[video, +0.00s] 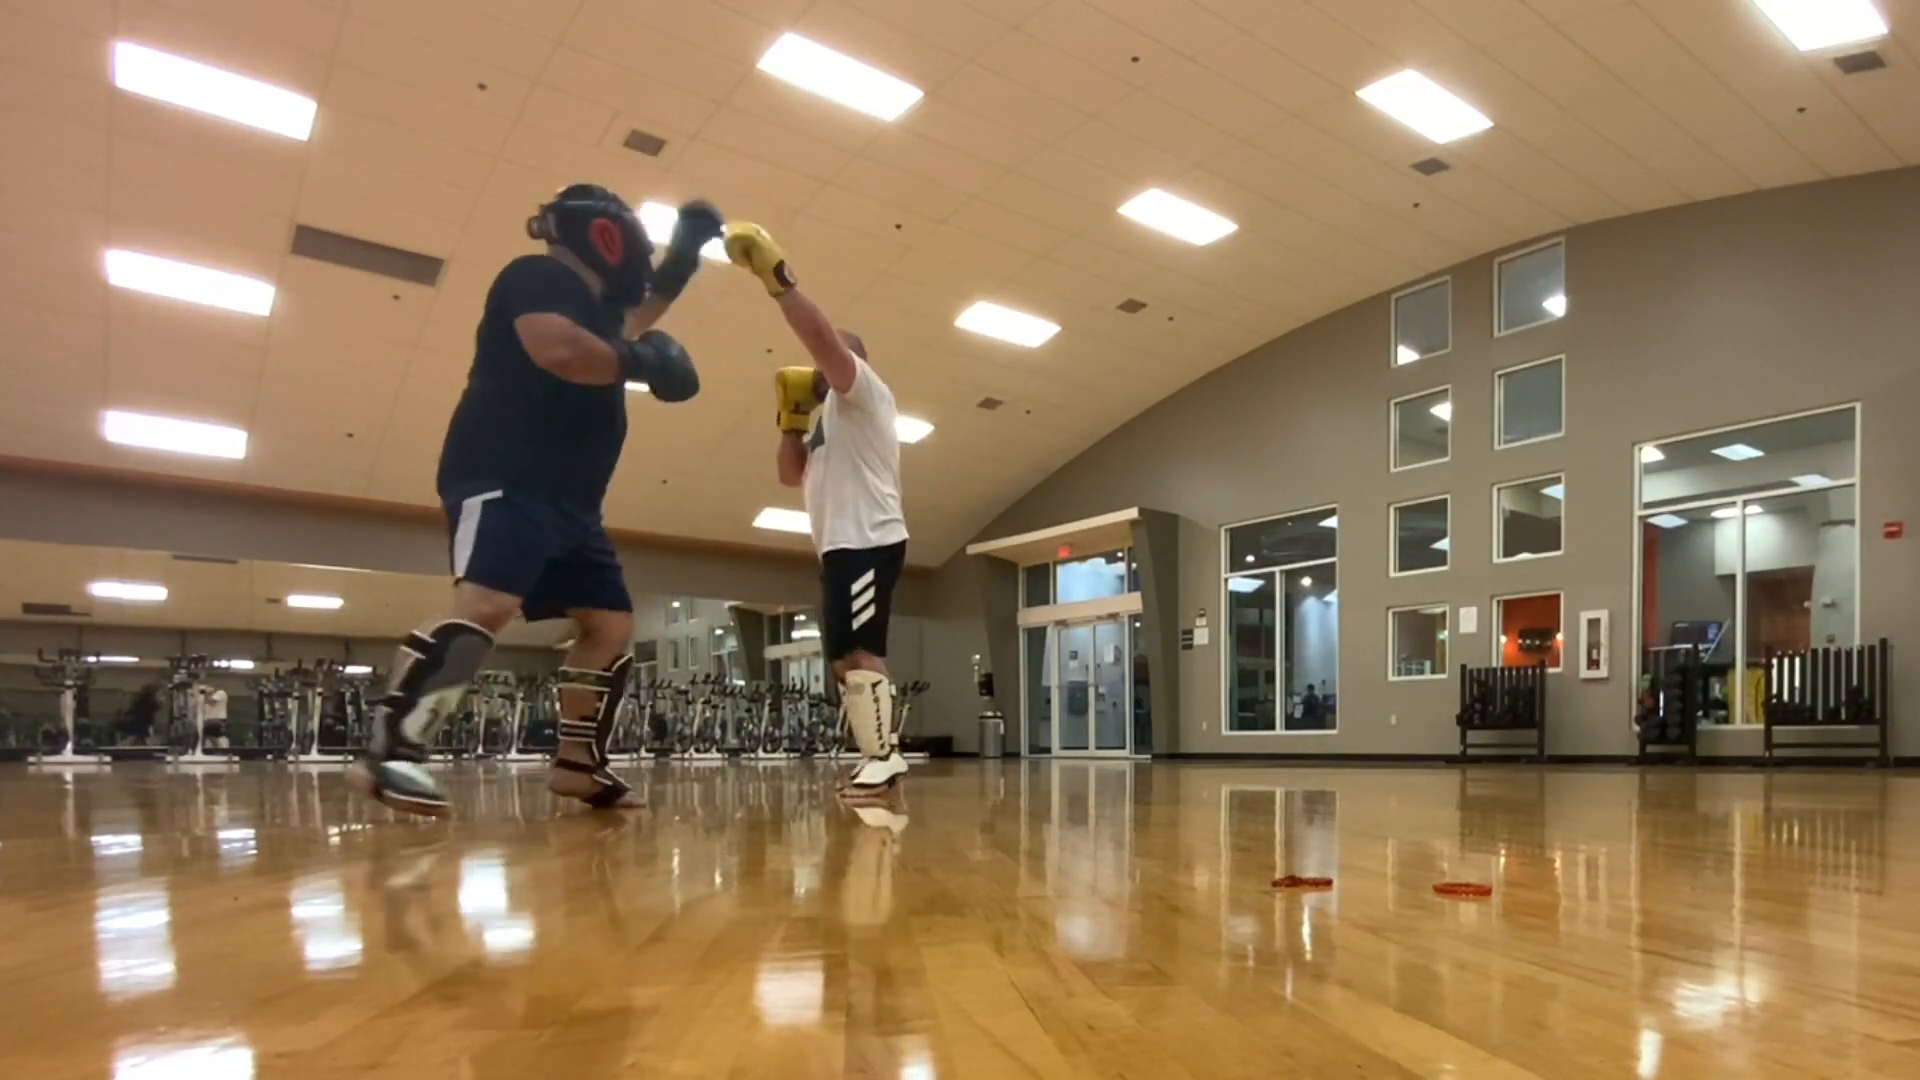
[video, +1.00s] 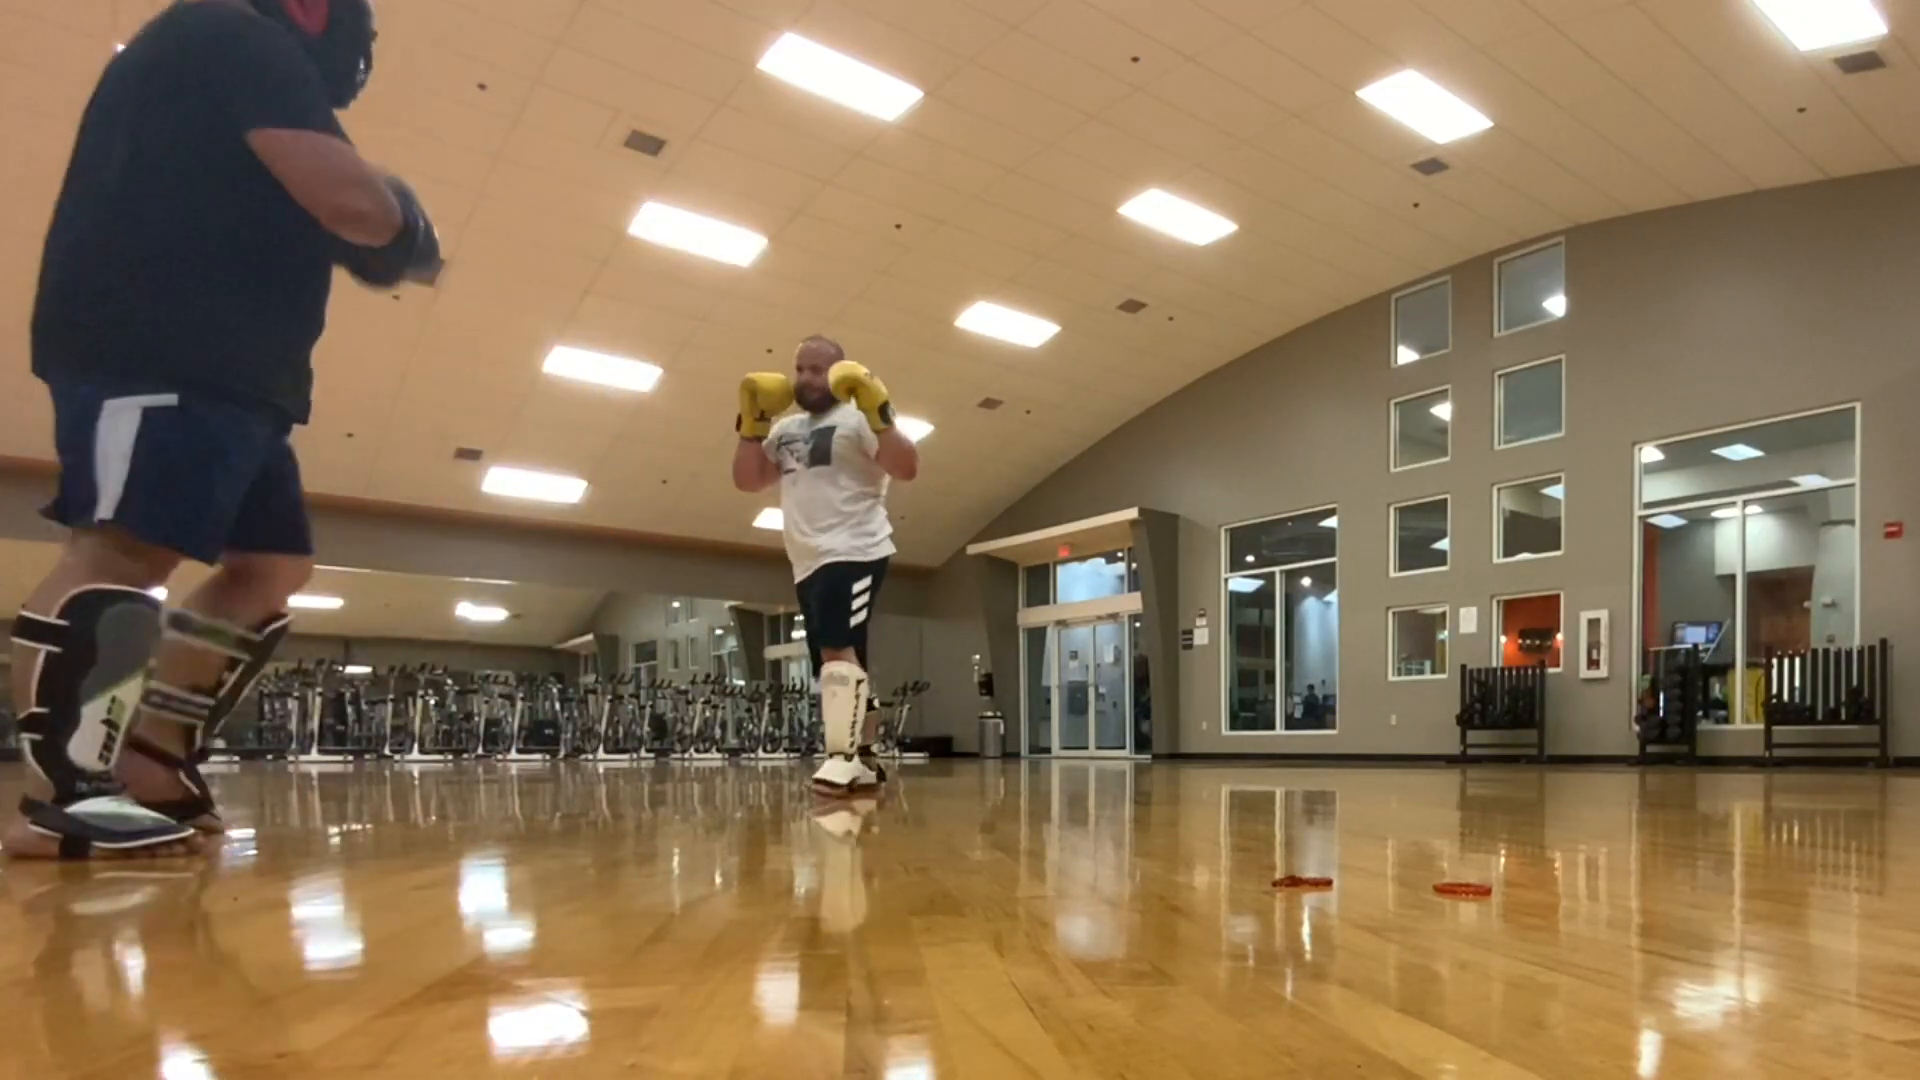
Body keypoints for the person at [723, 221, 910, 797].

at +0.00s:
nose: (826, 360)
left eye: (835, 350)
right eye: (824, 352)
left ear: (855, 356)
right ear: (827, 364)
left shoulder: (865, 395)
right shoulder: (826, 424)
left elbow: (822, 339)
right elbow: (791, 473)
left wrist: (776, 275)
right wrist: (793, 415)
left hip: (869, 537)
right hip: (839, 544)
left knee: (860, 651)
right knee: (845, 654)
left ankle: (882, 757)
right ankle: (876, 755)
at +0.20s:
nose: (822, 377)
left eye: (832, 368)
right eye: (818, 369)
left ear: (858, 370)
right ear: (819, 378)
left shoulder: (873, 402)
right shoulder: (824, 434)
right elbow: (789, 484)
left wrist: (812, 372)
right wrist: (785, 428)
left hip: (868, 548)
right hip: (832, 555)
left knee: (867, 656)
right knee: (838, 664)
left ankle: (884, 761)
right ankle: (855, 760)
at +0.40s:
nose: (822, 377)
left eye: (833, 370)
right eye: (819, 370)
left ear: (859, 377)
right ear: (815, 375)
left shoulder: (877, 413)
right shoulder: (808, 427)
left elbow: (901, 469)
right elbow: (780, 490)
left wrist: (855, 429)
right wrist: (773, 439)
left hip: (870, 545)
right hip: (828, 552)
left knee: (847, 640)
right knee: (840, 655)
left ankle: (874, 750)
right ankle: (854, 756)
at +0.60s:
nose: (824, 384)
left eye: (834, 376)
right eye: (818, 377)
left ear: (855, 381)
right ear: (810, 384)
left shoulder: (874, 420)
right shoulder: (804, 437)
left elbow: (909, 452)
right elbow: (766, 480)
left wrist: (877, 395)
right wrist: (773, 423)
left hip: (867, 548)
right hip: (823, 557)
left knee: (844, 643)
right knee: (840, 656)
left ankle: (856, 758)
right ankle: (861, 760)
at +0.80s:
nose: (812, 380)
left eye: (822, 373)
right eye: (809, 373)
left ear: (851, 380)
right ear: (804, 378)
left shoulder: (875, 419)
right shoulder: (798, 434)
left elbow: (910, 475)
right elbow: (768, 490)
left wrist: (870, 425)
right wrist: (764, 438)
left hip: (863, 547)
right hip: (819, 557)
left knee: (839, 641)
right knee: (835, 654)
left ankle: (856, 757)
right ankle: (861, 758)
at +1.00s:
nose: (810, 378)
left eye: (820, 370)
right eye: (803, 370)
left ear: (840, 374)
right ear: (793, 375)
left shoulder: (857, 418)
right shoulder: (785, 428)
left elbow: (906, 469)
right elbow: (748, 480)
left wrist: (881, 417)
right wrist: (750, 427)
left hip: (856, 549)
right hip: (810, 558)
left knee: (835, 647)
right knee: (840, 659)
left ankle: (841, 757)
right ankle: (863, 758)